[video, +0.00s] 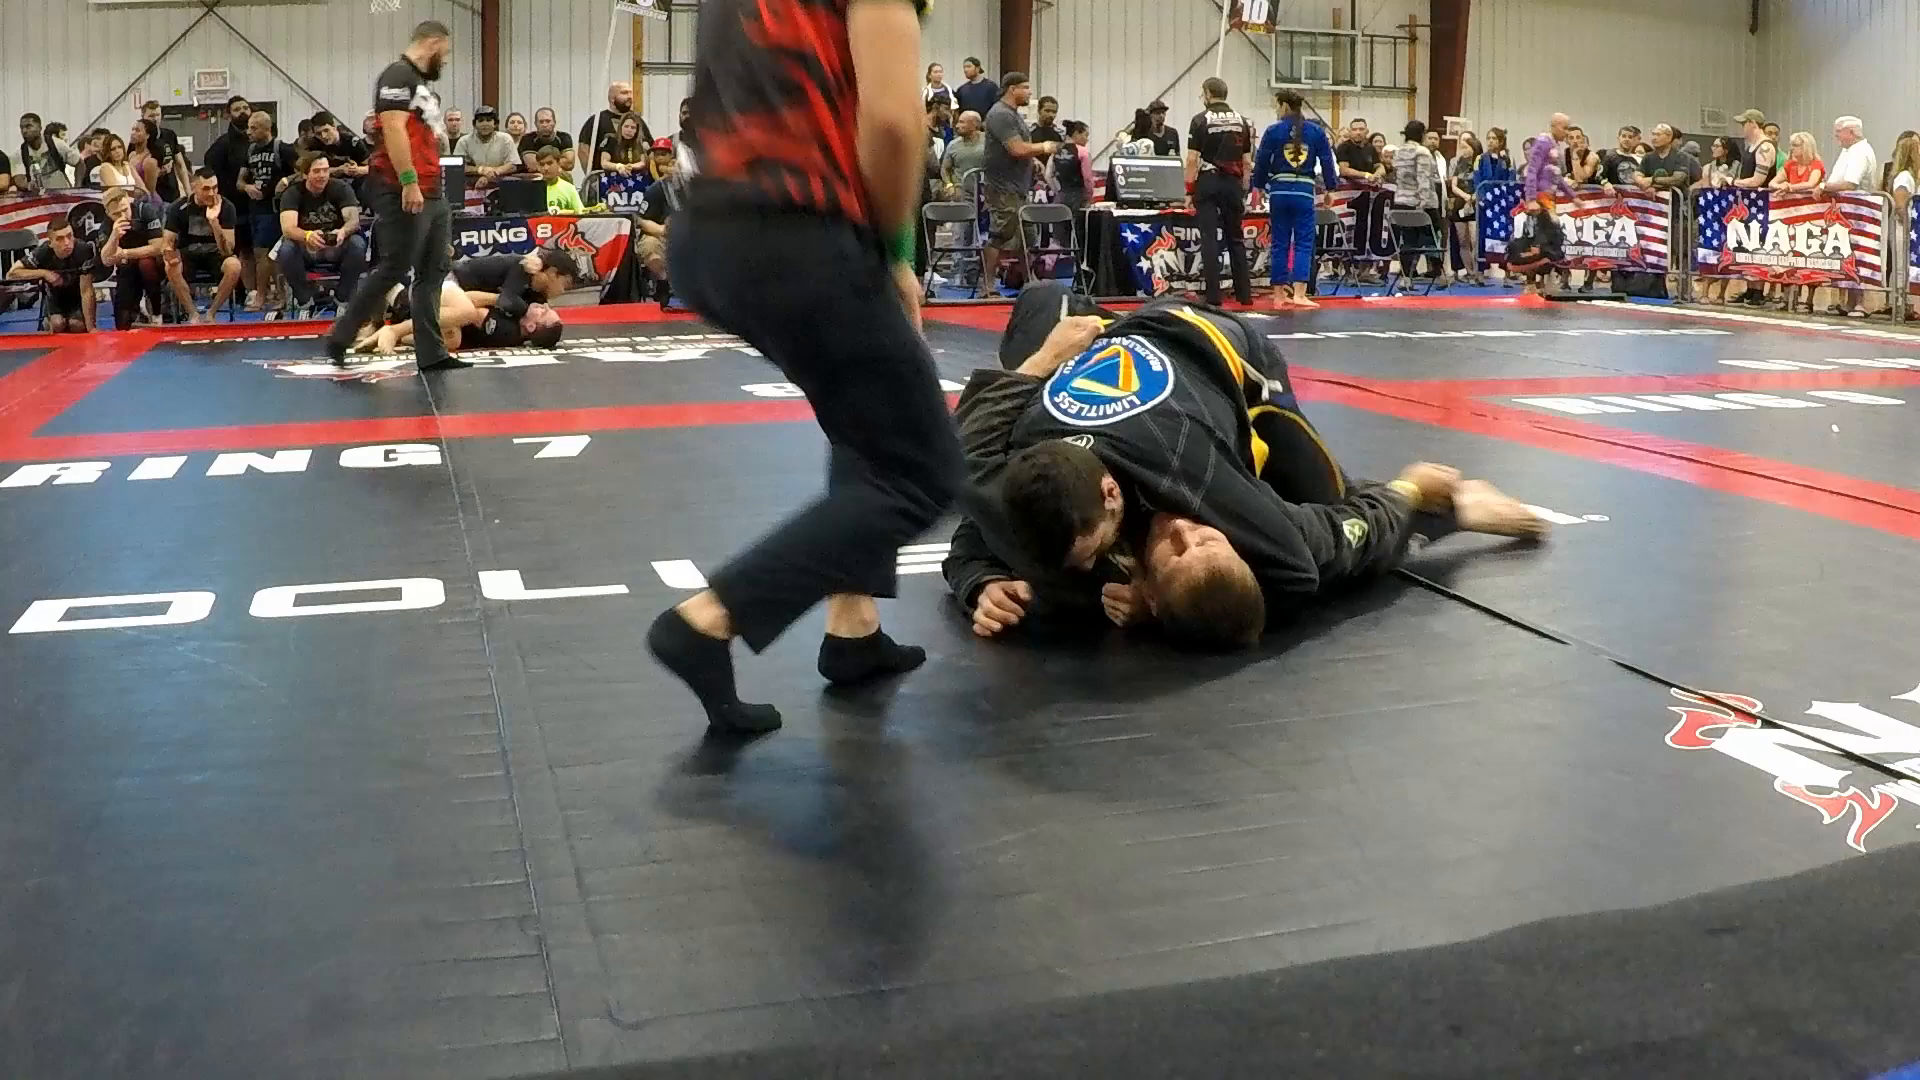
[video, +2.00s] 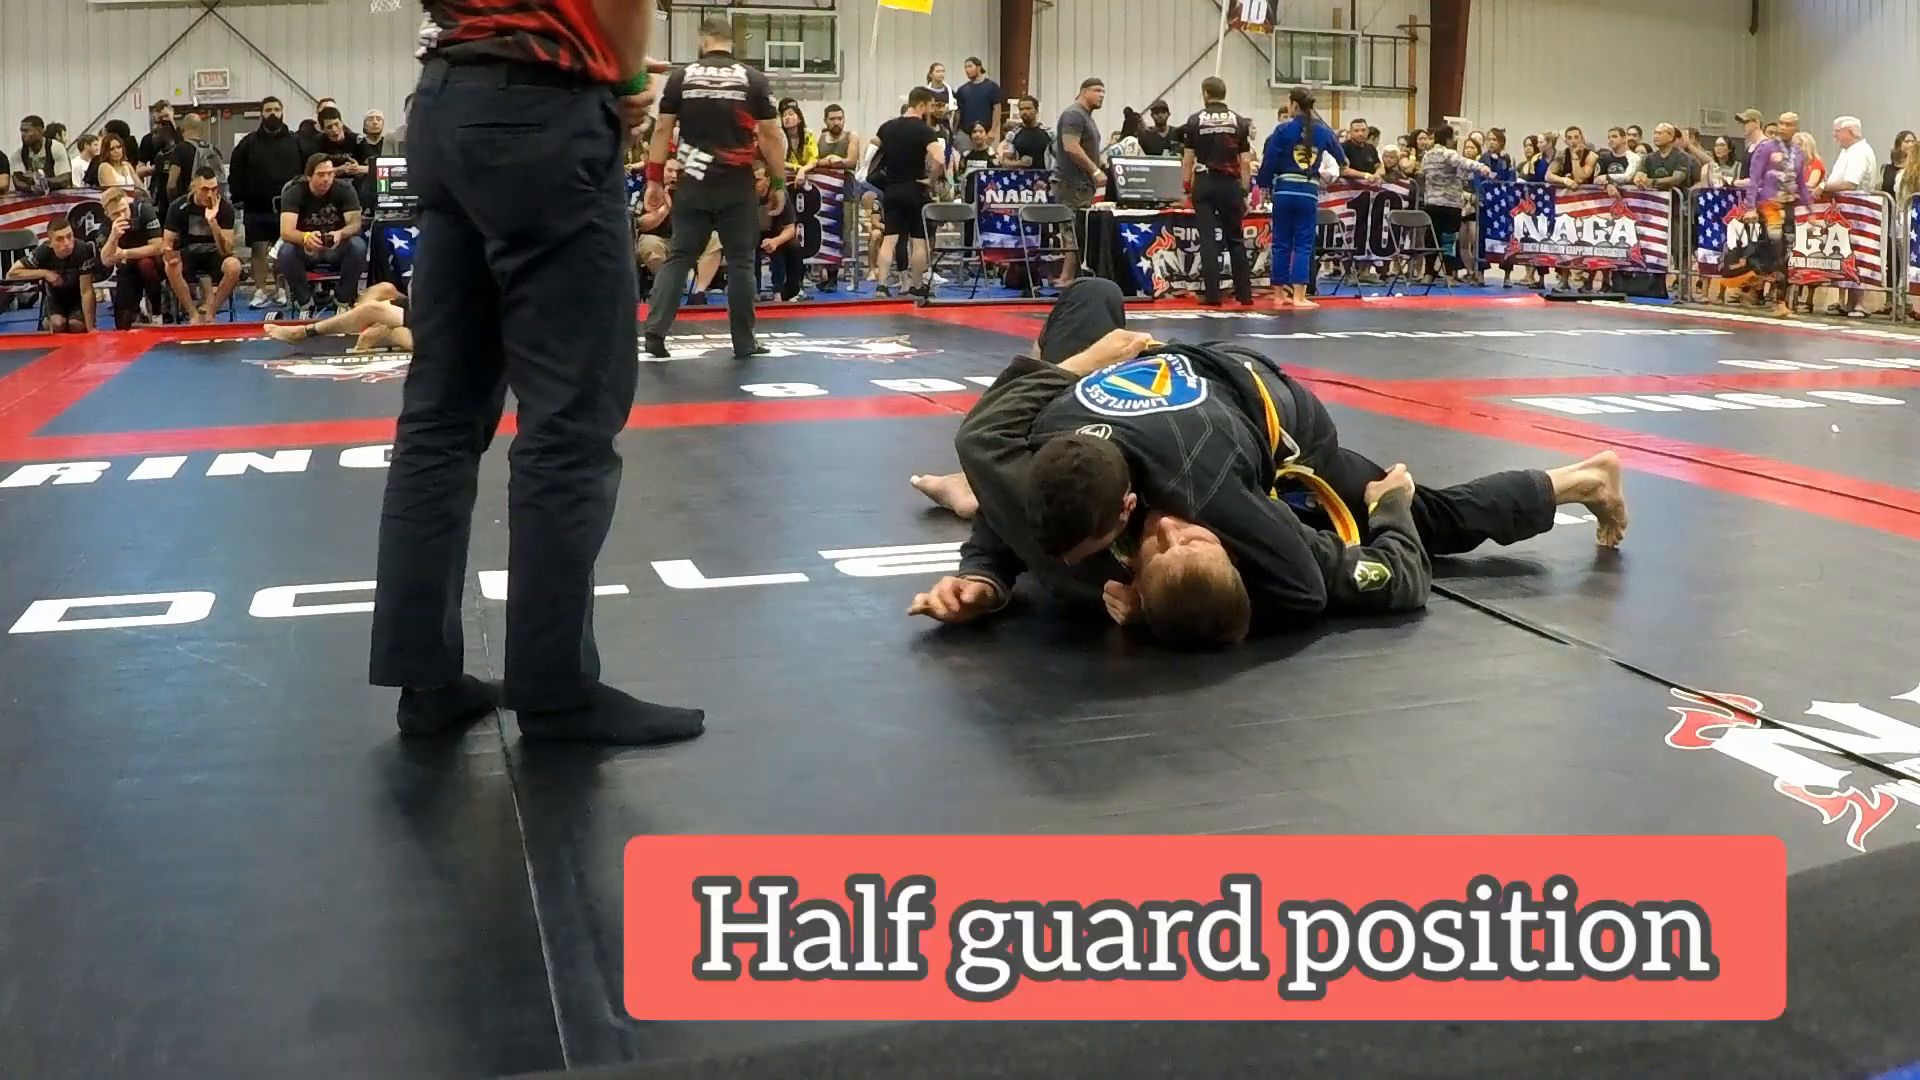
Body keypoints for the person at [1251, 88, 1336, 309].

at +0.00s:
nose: (1277, 109)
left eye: (1278, 106)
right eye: (1278, 106)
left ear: (1284, 106)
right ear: (1299, 106)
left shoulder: (1274, 130)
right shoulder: (1316, 130)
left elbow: (1261, 162)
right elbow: (1327, 162)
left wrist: (1258, 187)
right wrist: (1330, 189)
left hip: (1279, 194)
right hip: (1304, 195)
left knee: (1280, 242)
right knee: (1304, 243)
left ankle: (1279, 294)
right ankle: (1299, 294)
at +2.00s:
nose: (1288, 106)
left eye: (1289, 103)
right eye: (1289, 103)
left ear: (1293, 104)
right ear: (1310, 104)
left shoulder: (1283, 129)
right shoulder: (1323, 130)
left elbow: (1269, 160)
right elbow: (1341, 159)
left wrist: (1264, 183)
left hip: (1283, 192)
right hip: (1308, 195)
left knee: (1280, 242)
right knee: (1304, 243)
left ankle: (1279, 294)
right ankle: (1299, 297)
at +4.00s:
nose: (1284, 107)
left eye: (1286, 103)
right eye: (1285, 103)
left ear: (1295, 106)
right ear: (1306, 106)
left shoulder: (1282, 130)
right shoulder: (1323, 132)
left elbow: (1270, 161)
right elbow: (1327, 166)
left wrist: (1265, 188)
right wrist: (1325, 192)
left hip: (1283, 190)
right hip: (1309, 193)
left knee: (1281, 242)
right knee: (1304, 243)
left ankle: (1278, 293)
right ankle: (1299, 295)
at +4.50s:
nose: (1283, 106)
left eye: (1286, 103)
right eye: (1285, 102)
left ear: (1295, 105)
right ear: (1307, 107)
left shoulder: (1282, 129)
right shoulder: (1323, 132)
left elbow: (1269, 160)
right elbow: (1327, 166)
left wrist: (1264, 186)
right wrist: (1325, 190)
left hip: (1283, 190)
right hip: (1309, 193)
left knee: (1281, 242)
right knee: (1303, 243)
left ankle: (1278, 293)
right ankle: (1299, 296)